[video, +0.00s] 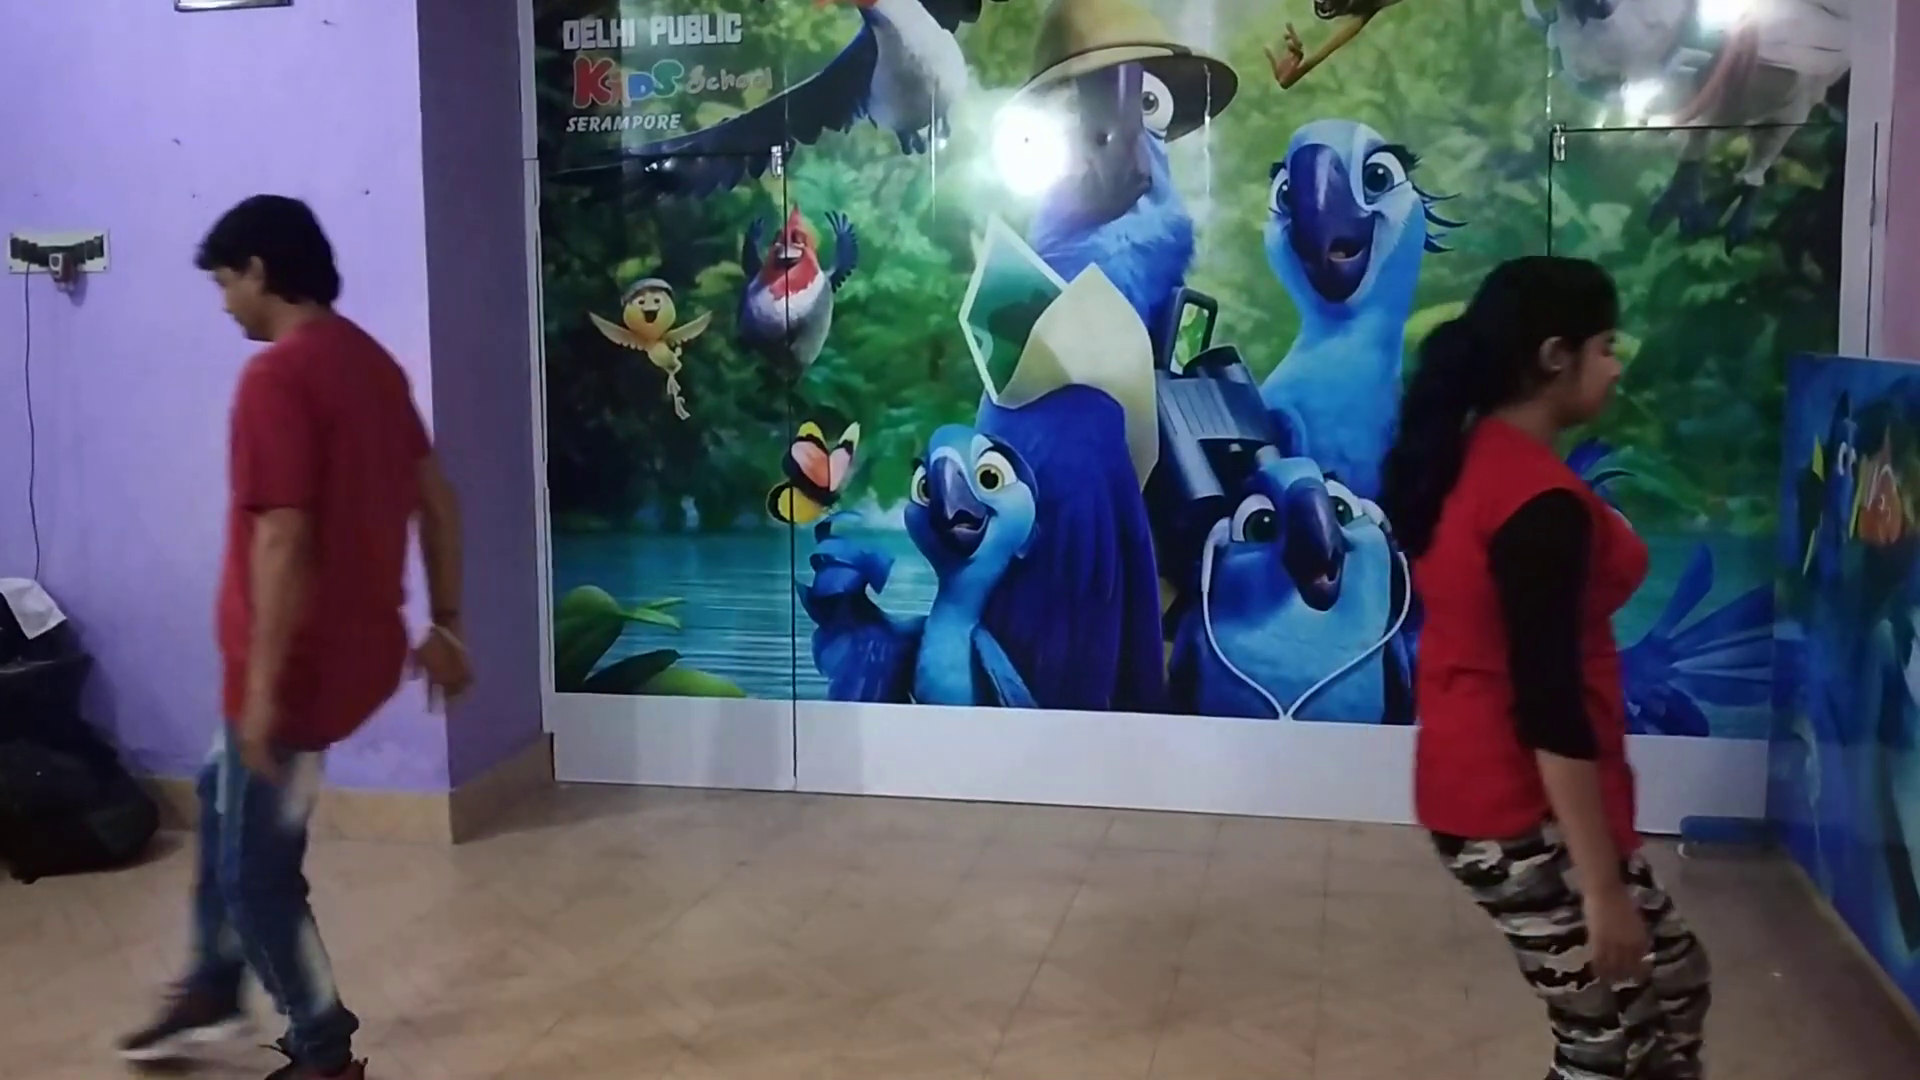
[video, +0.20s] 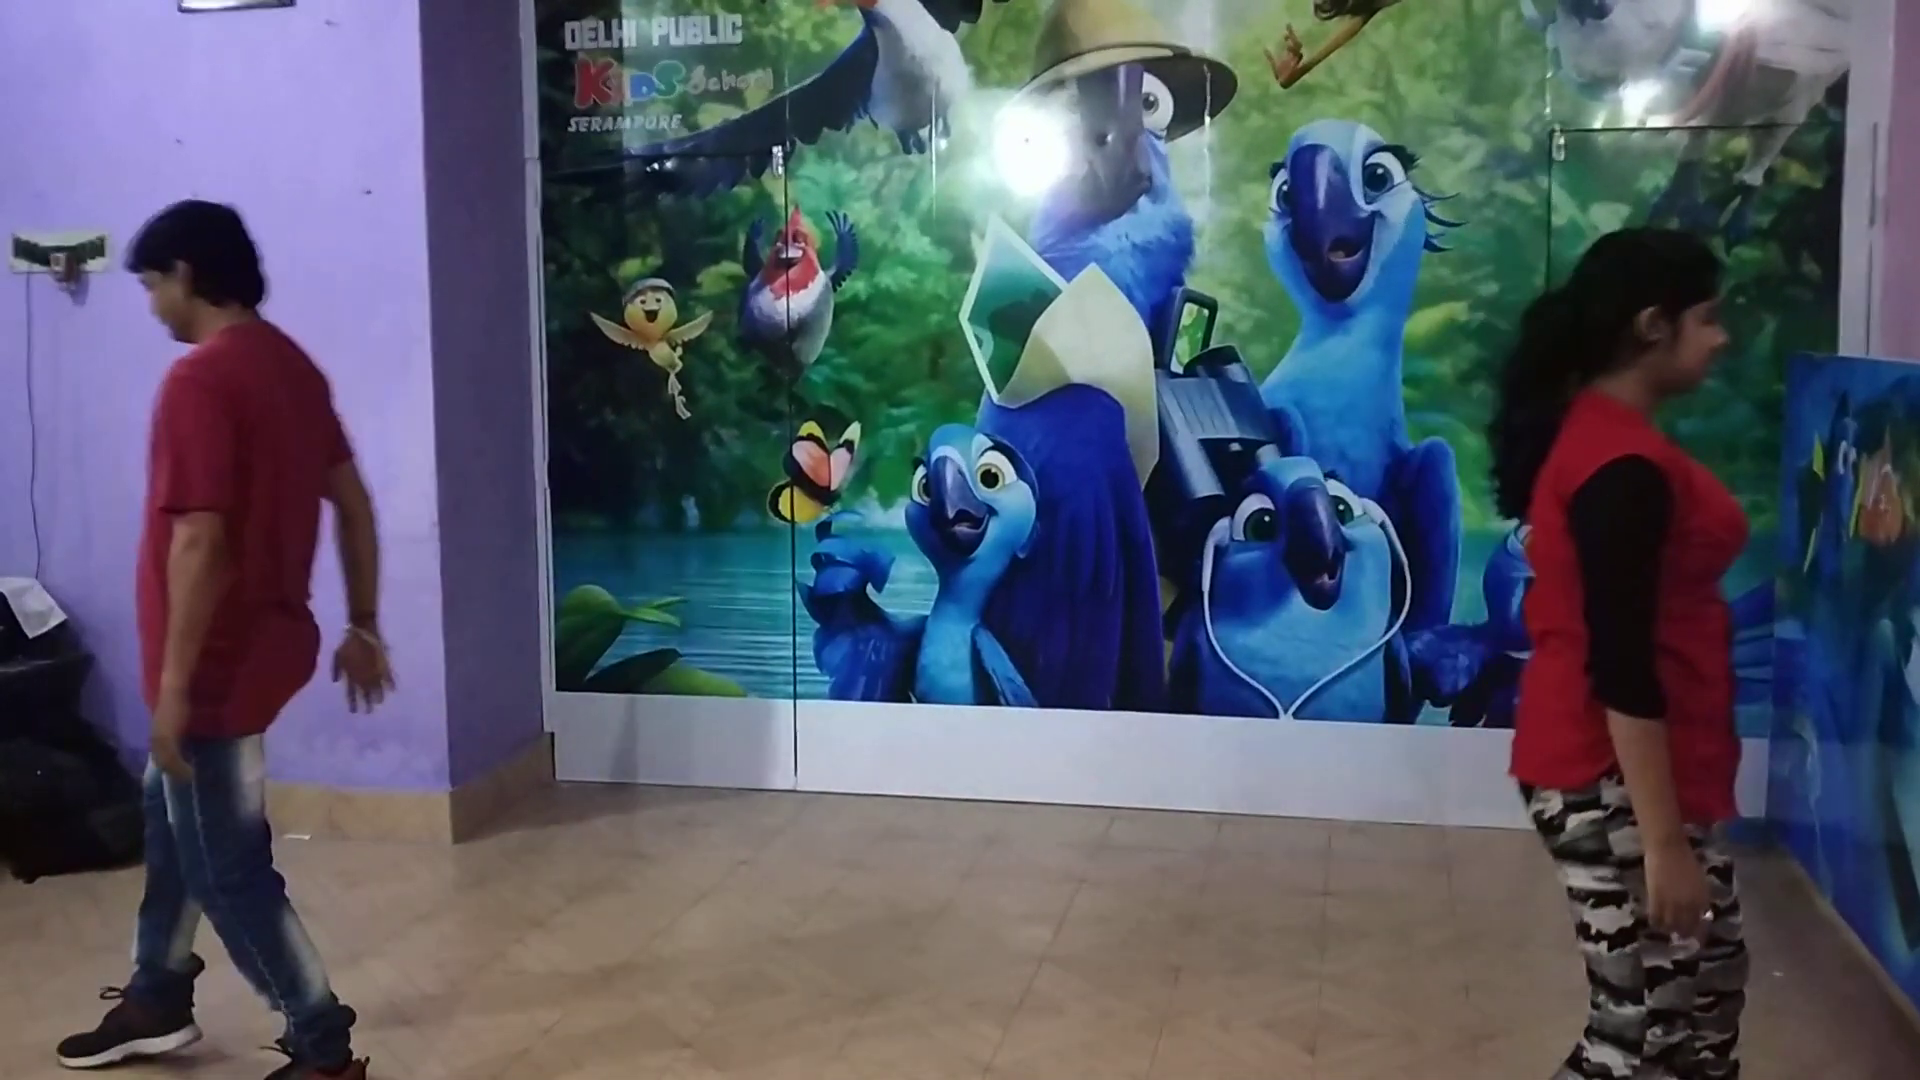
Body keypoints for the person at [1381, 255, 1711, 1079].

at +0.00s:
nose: (1617, 369)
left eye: (1615, 350)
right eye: (1609, 349)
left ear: (1538, 357)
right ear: (1554, 357)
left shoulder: (1469, 460)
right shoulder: (1540, 500)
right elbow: (1552, 711)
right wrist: (1605, 890)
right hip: (1522, 819)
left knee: (1673, 979)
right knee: (1606, 1039)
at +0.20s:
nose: (1722, 338)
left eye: (1719, 317)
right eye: (1708, 317)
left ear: (1647, 328)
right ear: (1651, 325)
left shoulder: (1602, 435)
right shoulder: (1621, 459)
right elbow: (1622, 669)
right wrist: (1663, 842)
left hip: (1639, 767)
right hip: (1613, 778)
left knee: (1708, 998)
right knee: (1647, 1032)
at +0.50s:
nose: (1810, 313)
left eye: (1809, 294)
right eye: (1797, 294)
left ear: (1731, 303)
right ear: (1733, 301)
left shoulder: (1714, 410)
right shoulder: (1694, 429)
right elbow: (1671, 630)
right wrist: (1687, 802)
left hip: (1724, 748)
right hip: (1672, 752)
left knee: (1719, 992)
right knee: (1627, 987)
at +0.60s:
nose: (1819, 316)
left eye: (1819, 297)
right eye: (1807, 297)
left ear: (1744, 304)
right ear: (1744, 301)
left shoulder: (1721, 413)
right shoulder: (1700, 430)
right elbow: (1671, 627)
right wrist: (1688, 798)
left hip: (1735, 752)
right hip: (1674, 756)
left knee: (1730, 989)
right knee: (1617, 985)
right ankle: (1516, 1074)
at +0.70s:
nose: (1822, 321)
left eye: (1823, 301)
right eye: (1809, 300)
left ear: (1750, 307)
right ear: (1749, 303)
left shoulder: (1717, 412)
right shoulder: (1700, 429)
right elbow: (1665, 619)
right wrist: (1683, 787)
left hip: (1735, 753)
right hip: (1674, 757)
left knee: (1735, 980)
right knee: (1609, 984)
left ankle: (1717, 1075)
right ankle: (1508, 1072)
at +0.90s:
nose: (1819, 347)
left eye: (1822, 327)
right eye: (1810, 324)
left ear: (1746, 318)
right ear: (1750, 316)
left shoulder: (1717, 427)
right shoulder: (1672, 428)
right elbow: (1640, 581)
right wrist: (1660, 700)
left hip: (1742, 760)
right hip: (1674, 757)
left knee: (1750, 977)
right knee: (1599, 982)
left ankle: (1726, 1074)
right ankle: (1499, 1072)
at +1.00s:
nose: (1823, 350)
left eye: (1826, 330)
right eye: (1814, 327)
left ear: (1750, 326)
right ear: (1753, 322)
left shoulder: (1722, 434)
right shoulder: (1687, 441)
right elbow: (1636, 571)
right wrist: (1640, 629)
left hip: (1729, 768)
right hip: (1665, 764)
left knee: (1779, 970)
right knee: (1599, 996)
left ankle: (1744, 1074)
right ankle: (1496, 1072)